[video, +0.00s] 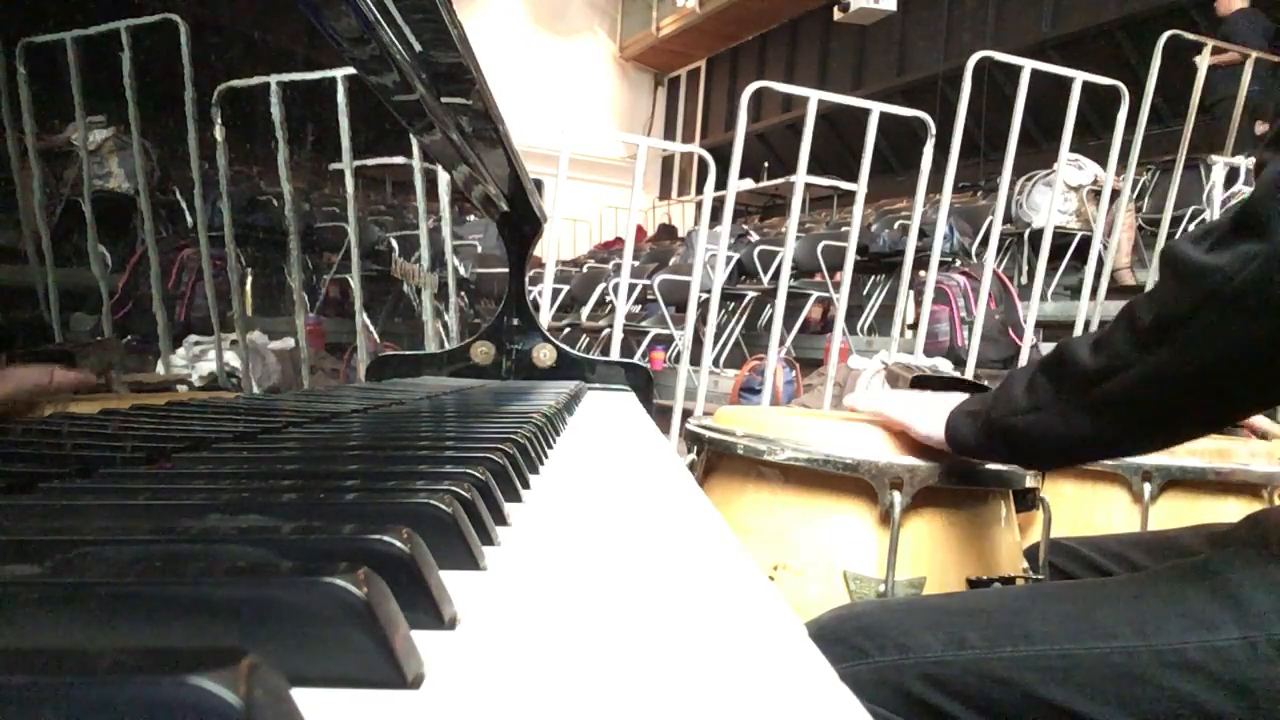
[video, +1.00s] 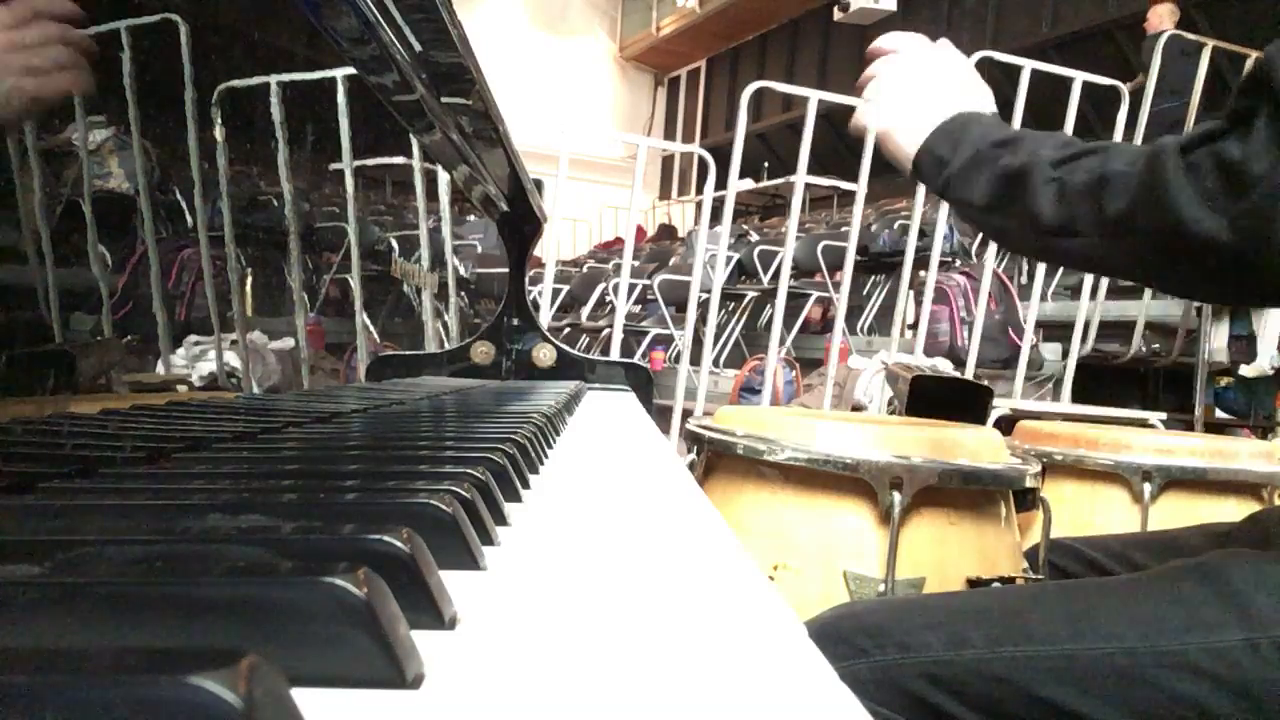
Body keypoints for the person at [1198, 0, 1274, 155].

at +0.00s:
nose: (1215, 5)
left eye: (1218, 1)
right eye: (1216, 2)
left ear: (1231, 2)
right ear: (1241, 2)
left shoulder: (1236, 20)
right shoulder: (1259, 19)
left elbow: (1251, 48)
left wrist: (1213, 59)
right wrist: (1265, 116)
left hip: (1231, 96)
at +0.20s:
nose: (1198, 11)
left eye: (1202, 5)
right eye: (1200, 6)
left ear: (1217, 4)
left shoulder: (1221, 28)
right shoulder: (1239, 28)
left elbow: (1231, 58)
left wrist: (1192, 67)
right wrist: (1242, 126)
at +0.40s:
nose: (1183, 13)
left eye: (1187, 7)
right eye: (1185, 8)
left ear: (1201, 7)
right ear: (1213, 9)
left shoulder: (1194, 30)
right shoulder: (1225, 33)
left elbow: (1193, 59)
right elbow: (1234, 70)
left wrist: (1165, 68)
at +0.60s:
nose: (1170, 16)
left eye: (1173, 11)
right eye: (1171, 11)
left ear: (1186, 11)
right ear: (1197, 12)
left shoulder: (1179, 35)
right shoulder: (1213, 37)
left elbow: (1176, 66)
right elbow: (1222, 81)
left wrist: (1150, 74)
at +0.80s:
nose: (1158, 20)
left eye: (1161, 15)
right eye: (1159, 15)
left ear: (1174, 15)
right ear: (1184, 16)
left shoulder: (1170, 37)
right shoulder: (1202, 39)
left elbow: (1166, 70)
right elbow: (1210, 84)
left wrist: (1145, 78)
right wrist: (1207, 127)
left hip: (1172, 102)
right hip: (1197, 101)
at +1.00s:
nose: (1144, 25)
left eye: (1148, 20)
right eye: (1146, 20)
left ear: (1161, 20)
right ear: (1172, 21)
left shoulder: (1152, 43)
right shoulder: (1192, 43)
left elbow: (1148, 72)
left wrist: (1133, 85)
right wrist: (1134, 84)